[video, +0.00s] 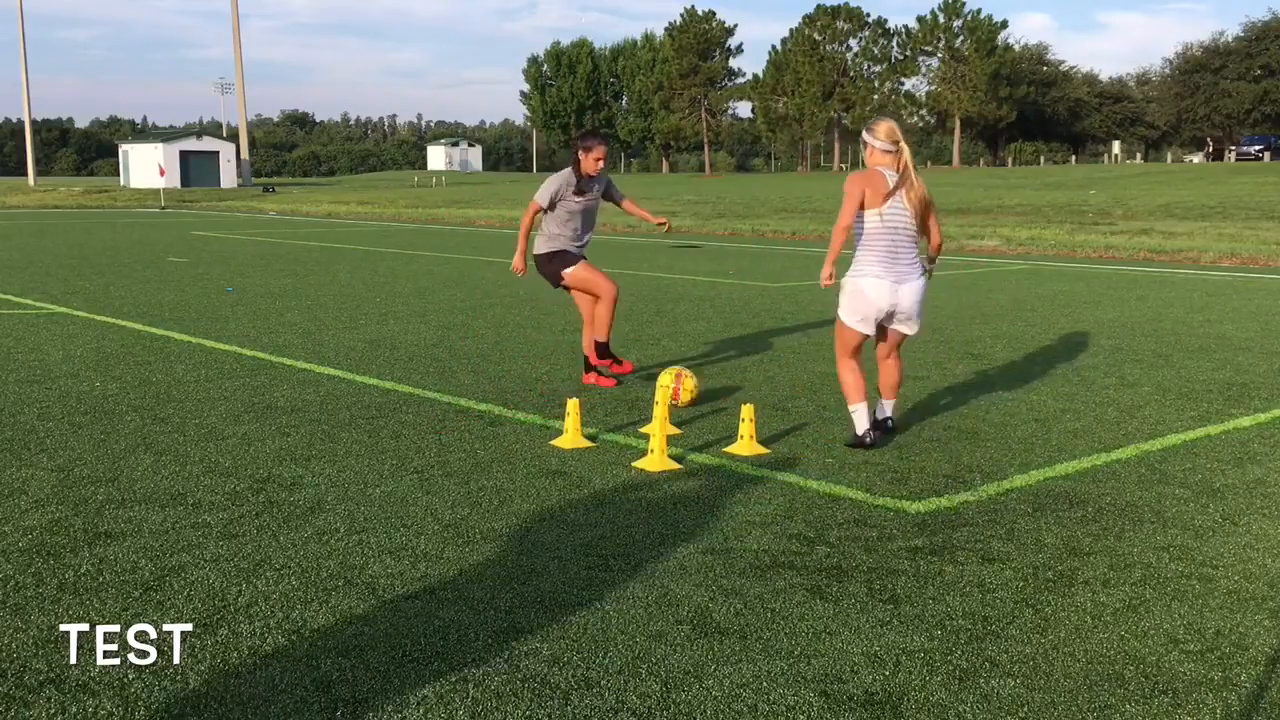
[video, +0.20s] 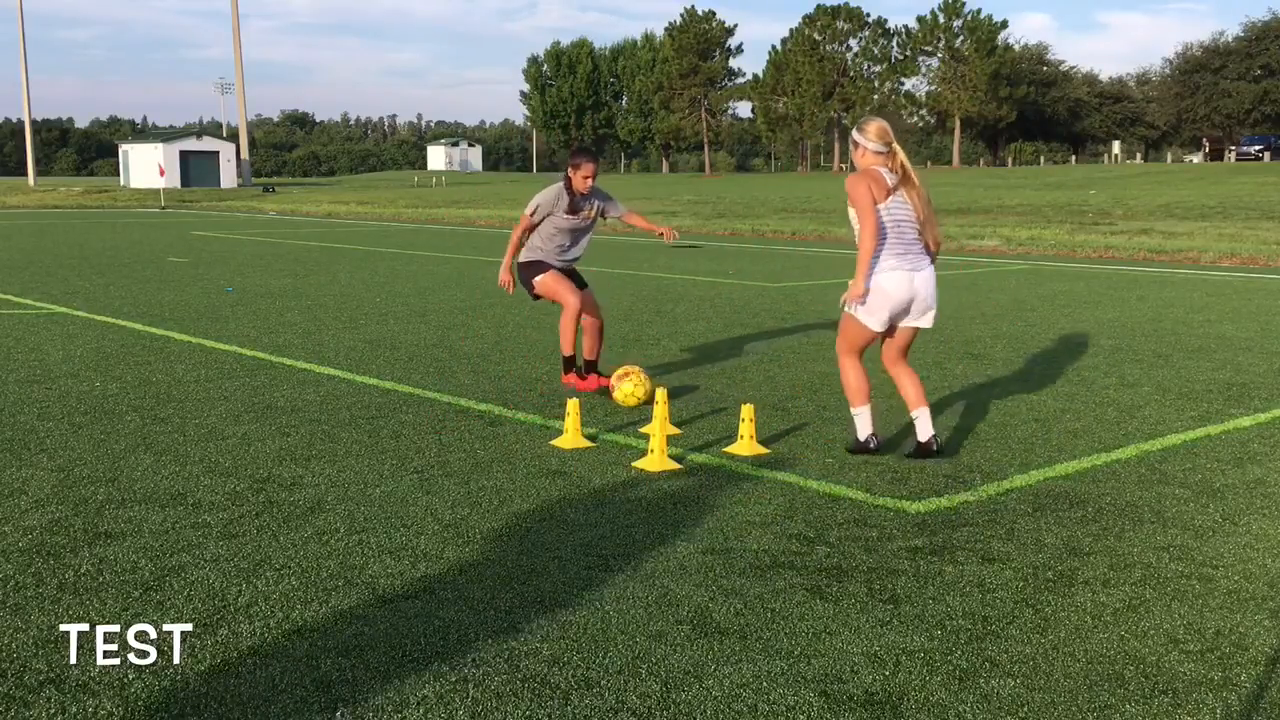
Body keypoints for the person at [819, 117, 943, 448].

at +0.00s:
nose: (864, 152)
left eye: (865, 147)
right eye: (865, 147)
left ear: (872, 148)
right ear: (897, 149)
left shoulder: (861, 179)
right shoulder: (916, 185)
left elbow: (844, 224)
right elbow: (936, 240)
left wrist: (829, 263)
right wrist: (929, 263)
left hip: (868, 283)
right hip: (911, 285)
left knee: (847, 353)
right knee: (889, 351)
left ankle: (863, 429)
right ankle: (887, 419)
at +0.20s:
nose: (851, 153)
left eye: (853, 147)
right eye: (853, 147)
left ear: (861, 148)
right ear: (888, 149)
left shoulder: (859, 178)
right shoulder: (908, 179)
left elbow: (870, 230)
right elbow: (932, 238)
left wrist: (859, 280)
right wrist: (918, 271)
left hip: (886, 278)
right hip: (923, 278)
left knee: (848, 349)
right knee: (895, 356)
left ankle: (865, 435)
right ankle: (927, 437)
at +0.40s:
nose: (833, 168)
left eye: (833, 161)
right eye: (833, 161)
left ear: (842, 161)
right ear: (869, 161)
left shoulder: (842, 195)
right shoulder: (895, 196)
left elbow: (839, 255)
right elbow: (921, 252)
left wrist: (819, 298)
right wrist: (938, 295)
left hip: (877, 304)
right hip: (917, 299)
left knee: (838, 384)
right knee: (898, 373)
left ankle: (853, 465)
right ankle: (929, 447)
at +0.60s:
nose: (805, 148)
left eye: (807, 141)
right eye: (806, 141)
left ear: (820, 140)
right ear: (844, 141)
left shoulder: (817, 176)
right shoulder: (872, 175)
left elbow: (799, 242)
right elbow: (902, 238)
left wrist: (769, 288)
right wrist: (902, 284)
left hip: (865, 283)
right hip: (900, 282)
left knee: (825, 373)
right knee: (852, 371)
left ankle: (846, 471)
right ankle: (872, 462)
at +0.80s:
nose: (793, 165)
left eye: (794, 158)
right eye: (794, 158)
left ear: (803, 159)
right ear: (834, 160)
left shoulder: (801, 206)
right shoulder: (859, 200)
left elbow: (776, 271)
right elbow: (878, 253)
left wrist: (749, 315)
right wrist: (856, 297)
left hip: (846, 316)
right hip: (880, 313)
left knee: (796, 407)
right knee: (817, 394)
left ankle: (809, 504)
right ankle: (840, 481)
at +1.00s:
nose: (784, 153)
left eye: (785, 145)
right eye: (784, 146)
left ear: (797, 143)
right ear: (826, 143)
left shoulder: (795, 181)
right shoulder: (854, 181)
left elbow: (788, 258)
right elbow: (886, 247)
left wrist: (768, 316)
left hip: (850, 296)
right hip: (887, 294)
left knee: (791, 396)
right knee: (818, 391)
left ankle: (805, 514)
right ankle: (851, 486)